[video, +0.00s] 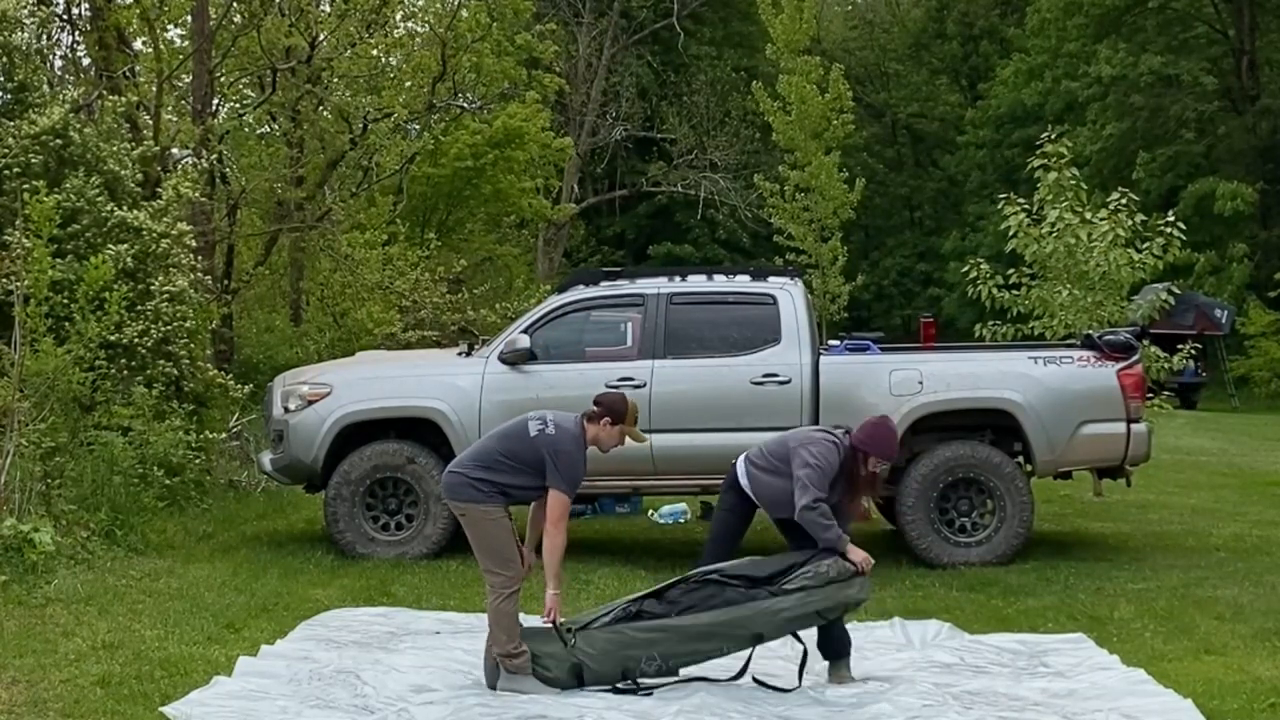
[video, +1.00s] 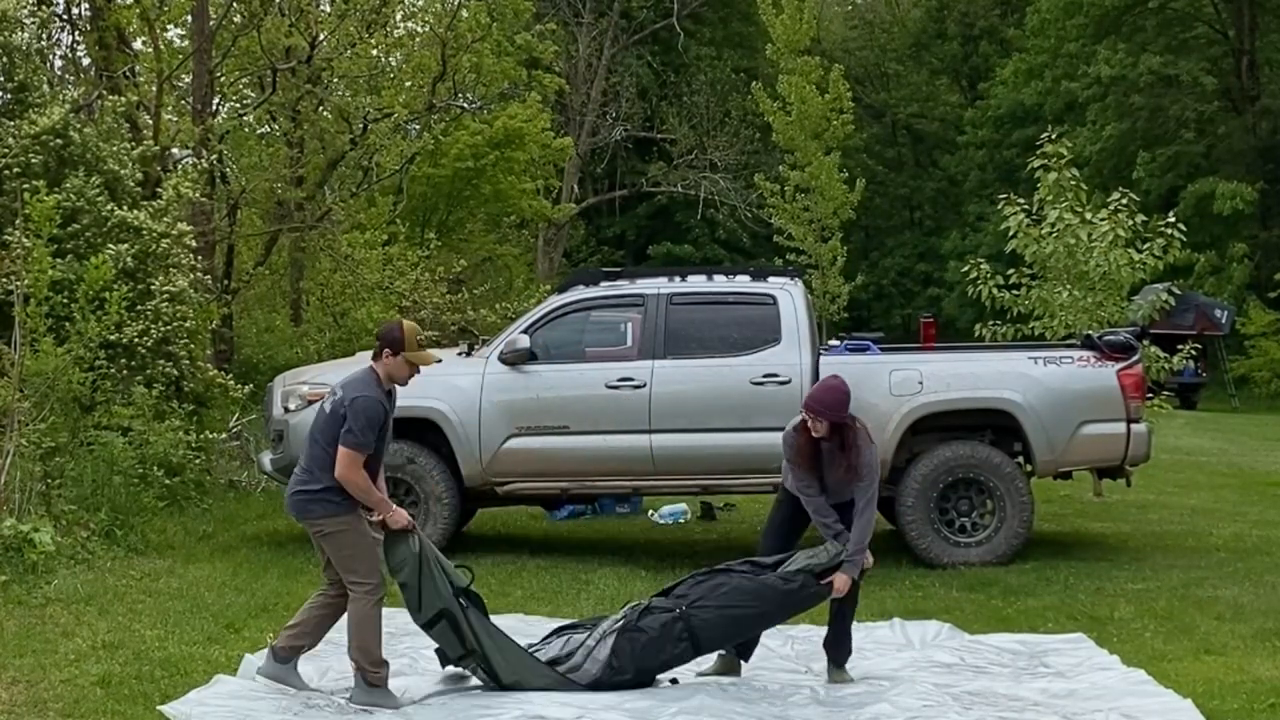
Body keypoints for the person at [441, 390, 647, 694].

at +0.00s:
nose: (622, 442)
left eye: (625, 435)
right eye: (622, 433)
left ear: (601, 421)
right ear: (604, 423)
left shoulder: (566, 431)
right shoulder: (569, 450)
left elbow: (542, 500)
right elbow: (554, 525)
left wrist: (529, 547)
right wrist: (553, 590)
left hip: (476, 486)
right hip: (472, 489)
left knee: (511, 571)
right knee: (506, 576)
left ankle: (498, 661)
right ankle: (513, 670)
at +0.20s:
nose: (606, 488)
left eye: (611, 482)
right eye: (609, 480)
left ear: (592, 463)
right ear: (596, 465)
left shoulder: (559, 473)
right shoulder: (560, 471)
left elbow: (530, 541)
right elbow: (536, 538)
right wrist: (548, 598)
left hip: (455, 500)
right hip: (457, 502)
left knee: (512, 577)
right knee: (515, 578)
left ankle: (498, 665)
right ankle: (514, 672)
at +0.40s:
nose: (555, 430)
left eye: (559, 425)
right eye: (557, 422)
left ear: (535, 409)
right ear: (540, 410)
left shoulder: (494, 426)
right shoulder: (511, 437)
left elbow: (481, 509)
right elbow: (518, 513)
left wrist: (486, 562)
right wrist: (540, 569)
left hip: (409, 497)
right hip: (432, 502)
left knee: (447, 578)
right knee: (478, 584)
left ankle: (404, 657)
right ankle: (513, 673)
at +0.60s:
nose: (501, 404)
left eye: (503, 398)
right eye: (502, 395)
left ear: (474, 383)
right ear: (485, 386)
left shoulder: (433, 398)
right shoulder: (461, 417)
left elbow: (424, 482)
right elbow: (467, 498)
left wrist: (441, 531)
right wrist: (478, 551)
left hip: (357, 484)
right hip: (385, 485)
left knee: (400, 567)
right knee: (443, 553)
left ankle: (397, 665)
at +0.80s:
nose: (478, 409)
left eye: (481, 403)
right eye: (478, 401)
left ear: (451, 389)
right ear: (458, 391)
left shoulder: (416, 399)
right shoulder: (433, 429)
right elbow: (430, 507)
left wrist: (439, 541)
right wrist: (443, 557)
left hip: (339, 486)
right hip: (354, 497)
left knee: (392, 572)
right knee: (392, 585)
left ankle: (391, 648)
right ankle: (370, 682)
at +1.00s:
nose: (416, 370)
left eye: (418, 363)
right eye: (411, 362)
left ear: (390, 356)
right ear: (387, 356)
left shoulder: (380, 390)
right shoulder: (367, 398)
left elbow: (372, 461)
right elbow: (347, 472)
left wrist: (383, 504)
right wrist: (388, 510)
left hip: (326, 498)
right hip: (327, 501)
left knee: (341, 586)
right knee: (368, 584)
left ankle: (280, 658)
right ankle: (370, 684)